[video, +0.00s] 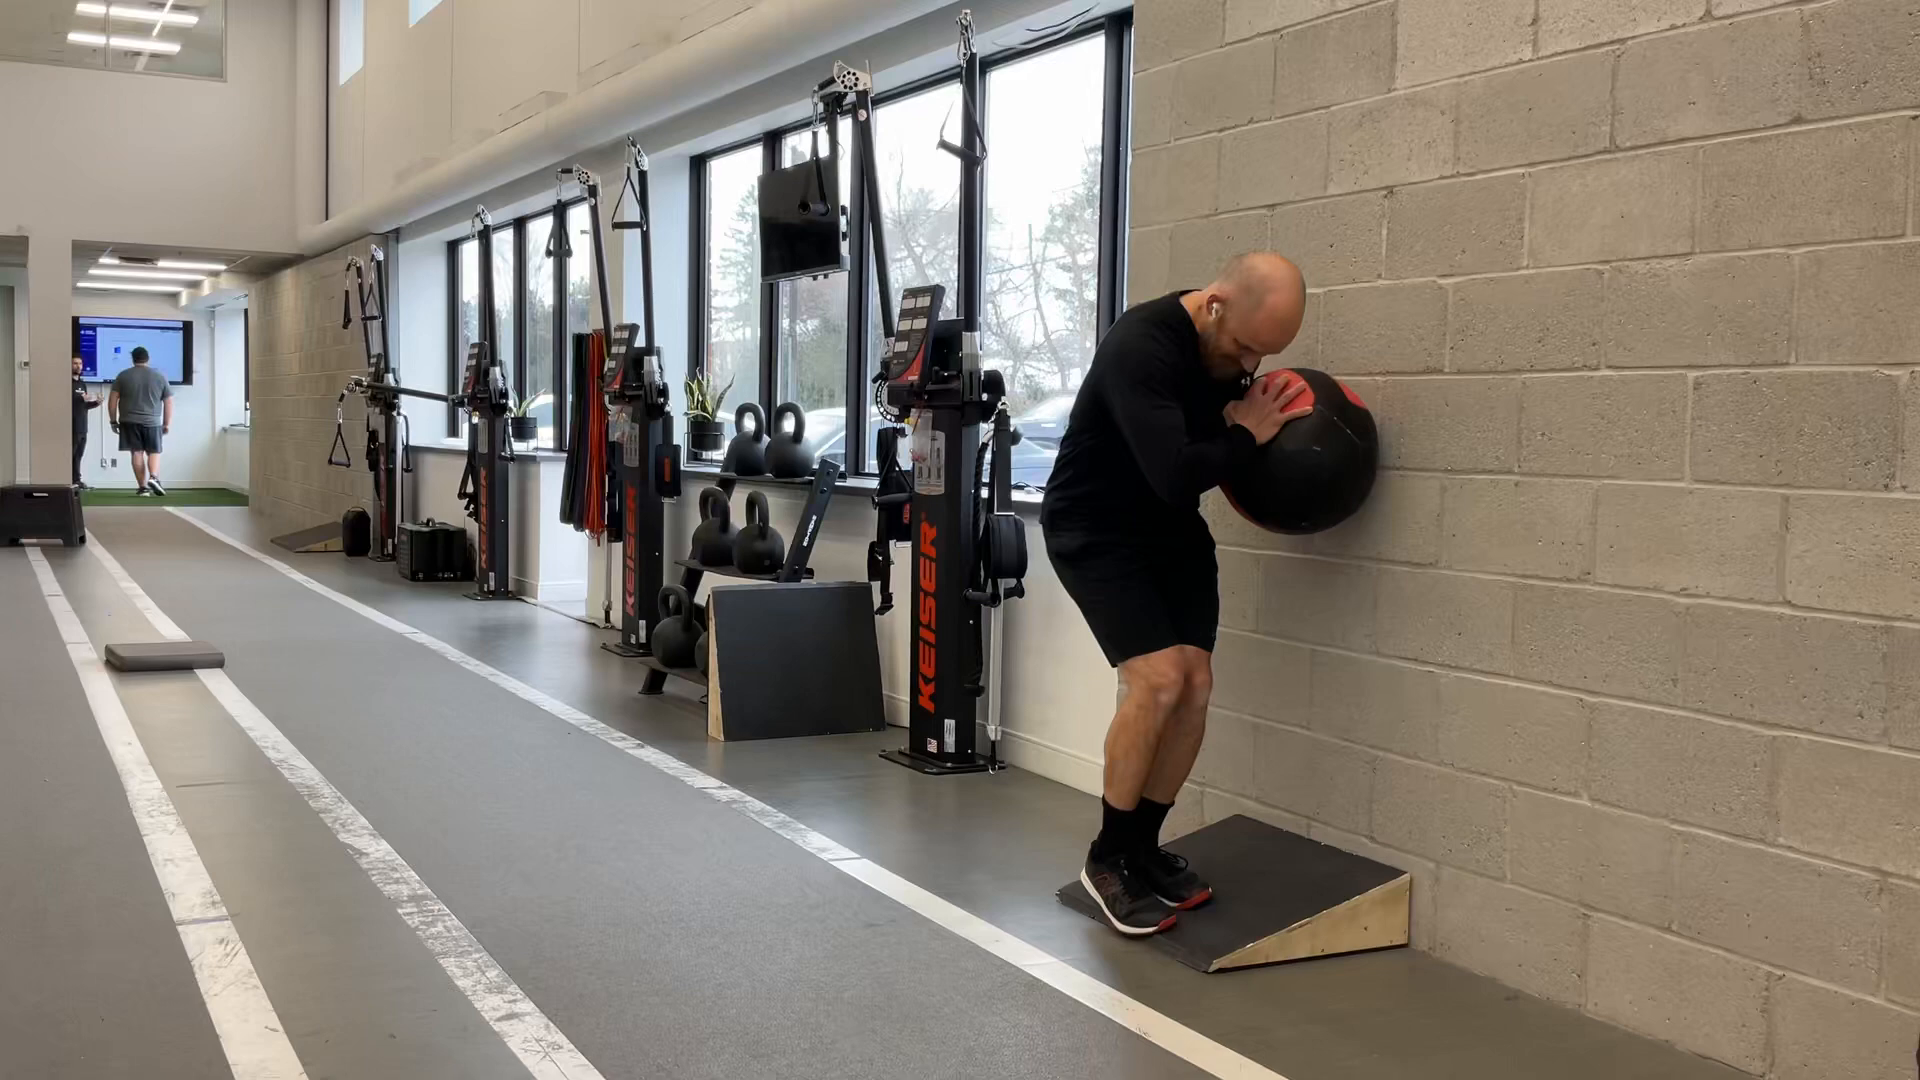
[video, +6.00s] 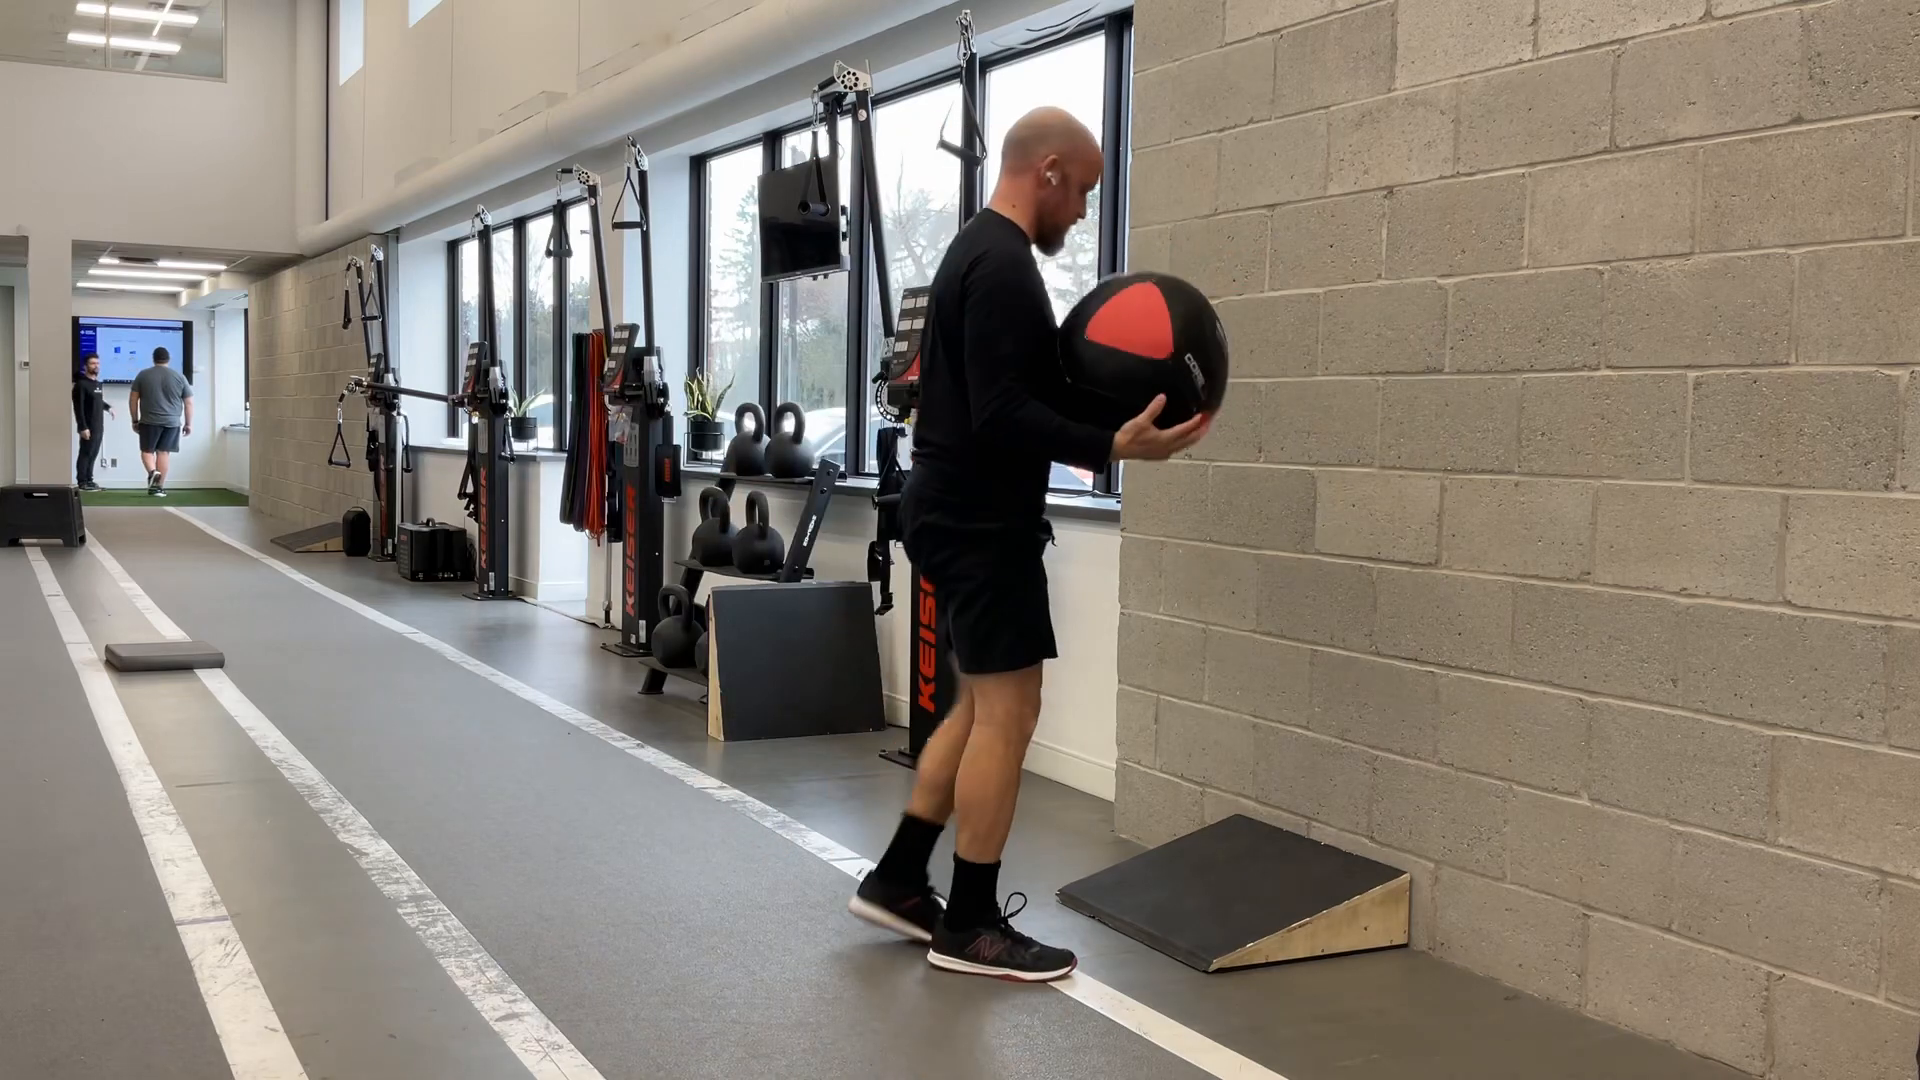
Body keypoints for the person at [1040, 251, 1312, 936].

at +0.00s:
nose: (1252, 366)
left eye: (1264, 355)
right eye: (1245, 349)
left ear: (1278, 329)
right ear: (1212, 304)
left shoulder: (1226, 351)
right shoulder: (1140, 346)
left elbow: (1224, 452)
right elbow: (1172, 475)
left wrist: (1295, 422)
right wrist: (1245, 431)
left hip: (1173, 524)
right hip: (1096, 523)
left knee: (1194, 682)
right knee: (1159, 679)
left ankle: (1142, 848)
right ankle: (1109, 857)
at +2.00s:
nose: (1007, 217)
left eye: (1011, 199)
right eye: (1008, 197)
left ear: (939, 174)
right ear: (975, 182)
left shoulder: (878, 254)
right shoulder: (950, 284)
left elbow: (880, 398)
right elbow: (1004, 446)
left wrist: (953, 447)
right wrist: (1102, 456)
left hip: (833, 505)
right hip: (865, 518)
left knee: (902, 719)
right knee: (888, 734)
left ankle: (889, 902)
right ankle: (832, 978)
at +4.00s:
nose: (1179, 364)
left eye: (1188, 350)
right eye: (1169, 347)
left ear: (1192, 334)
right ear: (1125, 324)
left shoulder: (1125, 373)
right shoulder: (1092, 394)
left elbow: (1169, 421)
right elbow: (1169, 509)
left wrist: (1251, 439)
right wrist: (1215, 455)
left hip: (1056, 562)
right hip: (969, 563)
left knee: (1171, 695)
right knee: (943, 723)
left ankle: (1144, 848)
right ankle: (837, 873)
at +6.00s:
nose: (1081, 211)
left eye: (1087, 195)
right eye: (1081, 192)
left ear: (1028, 171)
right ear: (1044, 176)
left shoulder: (981, 252)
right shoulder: (999, 263)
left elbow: (1030, 388)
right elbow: (1007, 411)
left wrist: (1126, 408)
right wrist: (1112, 446)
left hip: (958, 514)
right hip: (983, 521)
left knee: (979, 705)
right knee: (1007, 713)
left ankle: (897, 878)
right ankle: (970, 925)